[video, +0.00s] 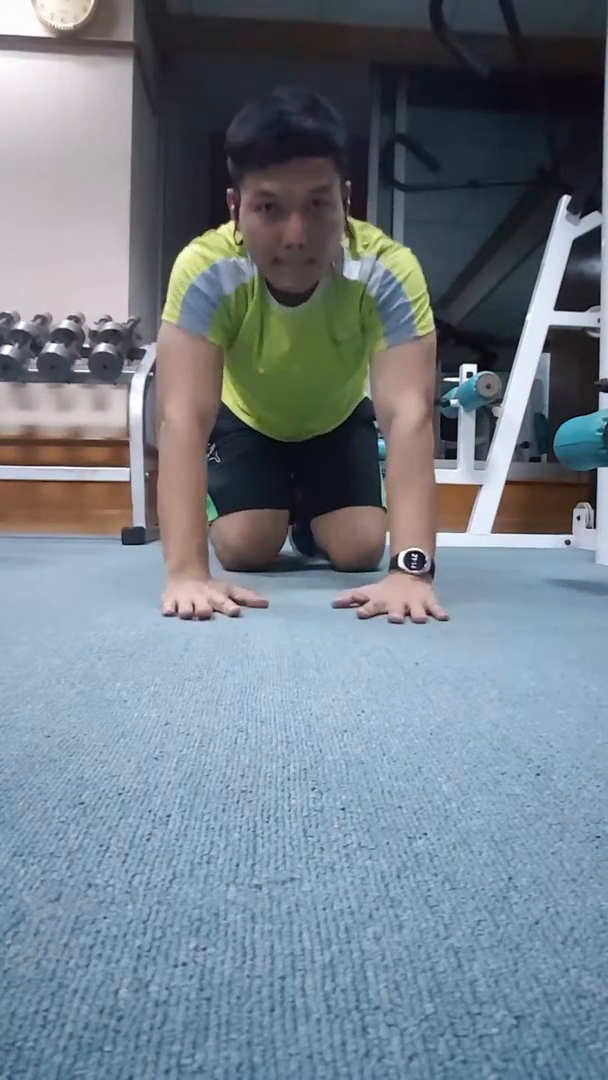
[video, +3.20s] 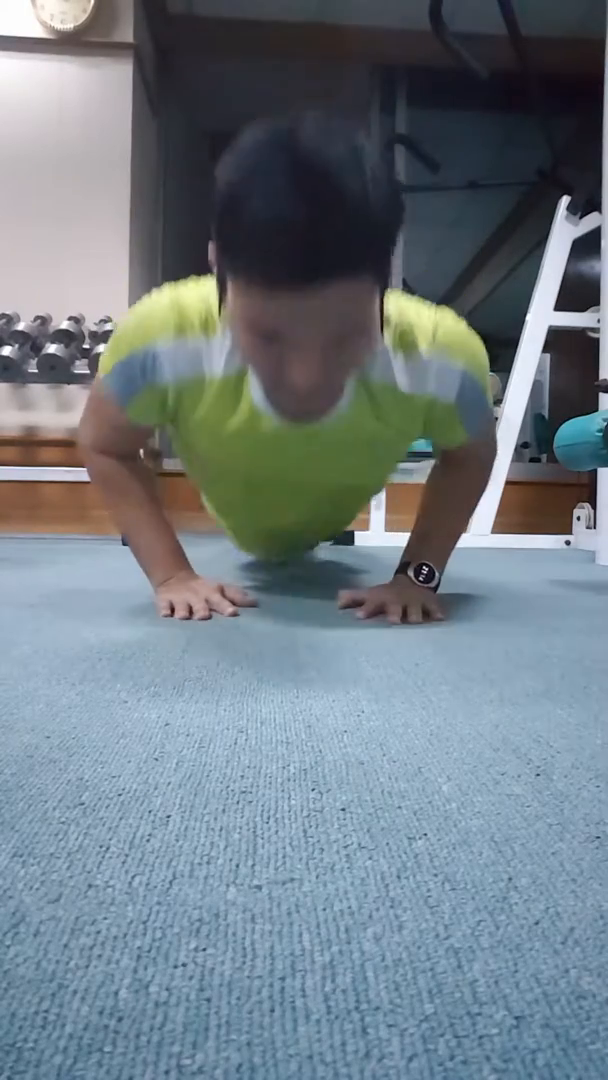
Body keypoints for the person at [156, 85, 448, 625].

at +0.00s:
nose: (295, 234)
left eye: (318, 204)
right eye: (270, 208)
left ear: (345, 198)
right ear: (236, 207)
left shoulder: (389, 271)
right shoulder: (206, 269)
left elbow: (410, 416)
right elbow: (183, 419)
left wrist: (411, 567)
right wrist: (188, 574)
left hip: (340, 416)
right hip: (245, 417)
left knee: (359, 550)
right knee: (247, 551)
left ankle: (307, 522)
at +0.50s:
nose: (317, 174)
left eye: (348, 136)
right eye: (286, 137)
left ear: (381, 133)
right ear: (245, 134)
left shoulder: (415, 227)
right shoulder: (202, 210)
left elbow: (416, 405)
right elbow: (175, 394)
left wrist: (411, 574)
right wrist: (178, 567)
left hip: (331, 396)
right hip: (231, 398)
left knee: (347, 553)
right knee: (241, 558)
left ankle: (299, 510)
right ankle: (269, 510)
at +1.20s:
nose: (294, 155)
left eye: (325, 116)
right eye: (260, 120)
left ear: (363, 110)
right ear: (220, 119)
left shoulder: (418, 215)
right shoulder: (184, 211)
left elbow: (421, 409)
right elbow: (179, 399)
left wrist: (412, 573)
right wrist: (177, 572)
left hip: (346, 385)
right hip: (245, 382)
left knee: (321, 471)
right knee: (251, 498)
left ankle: (299, 503)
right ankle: (256, 517)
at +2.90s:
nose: (306, 200)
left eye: (337, 166)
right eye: (276, 165)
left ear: (377, 127)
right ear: (229, 126)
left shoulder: (428, 250)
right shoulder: (185, 239)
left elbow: (441, 426)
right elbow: (144, 418)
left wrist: (415, 575)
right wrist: (175, 575)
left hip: (344, 436)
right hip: (244, 431)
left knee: (315, 486)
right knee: (257, 482)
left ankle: (301, 508)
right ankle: (263, 506)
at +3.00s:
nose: (306, 248)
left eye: (337, 212)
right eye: (271, 215)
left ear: (376, 171)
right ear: (222, 169)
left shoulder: (428, 275)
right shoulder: (175, 260)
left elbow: (451, 436)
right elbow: (125, 427)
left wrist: (415, 574)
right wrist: (173, 574)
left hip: (339, 463)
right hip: (240, 458)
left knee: (314, 499)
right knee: (256, 498)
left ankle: (301, 519)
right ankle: (260, 518)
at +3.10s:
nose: (303, 308)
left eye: (336, 274)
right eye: (268, 274)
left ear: (380, 219)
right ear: (219, 216)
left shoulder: (435, 315)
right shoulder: (167, 296)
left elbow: (459, 448)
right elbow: (114, 439)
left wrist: (416, 575)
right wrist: (172, 574)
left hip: (336, 487)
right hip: (235, 484)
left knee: (317, 515)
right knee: (250, 516)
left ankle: (304, 531)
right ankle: (259, 528)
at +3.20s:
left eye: (342, 337)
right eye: (270, 337)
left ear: (383, 284)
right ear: (217, 272)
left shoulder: (442, 356)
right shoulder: (162, 333)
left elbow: (469, 451)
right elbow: (107, 446)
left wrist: (416, 576)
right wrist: (173, 576)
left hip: (337, 506)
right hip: (225, 499)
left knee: (324, 528)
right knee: (250, 532)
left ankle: (325, 534)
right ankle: (264, 545)